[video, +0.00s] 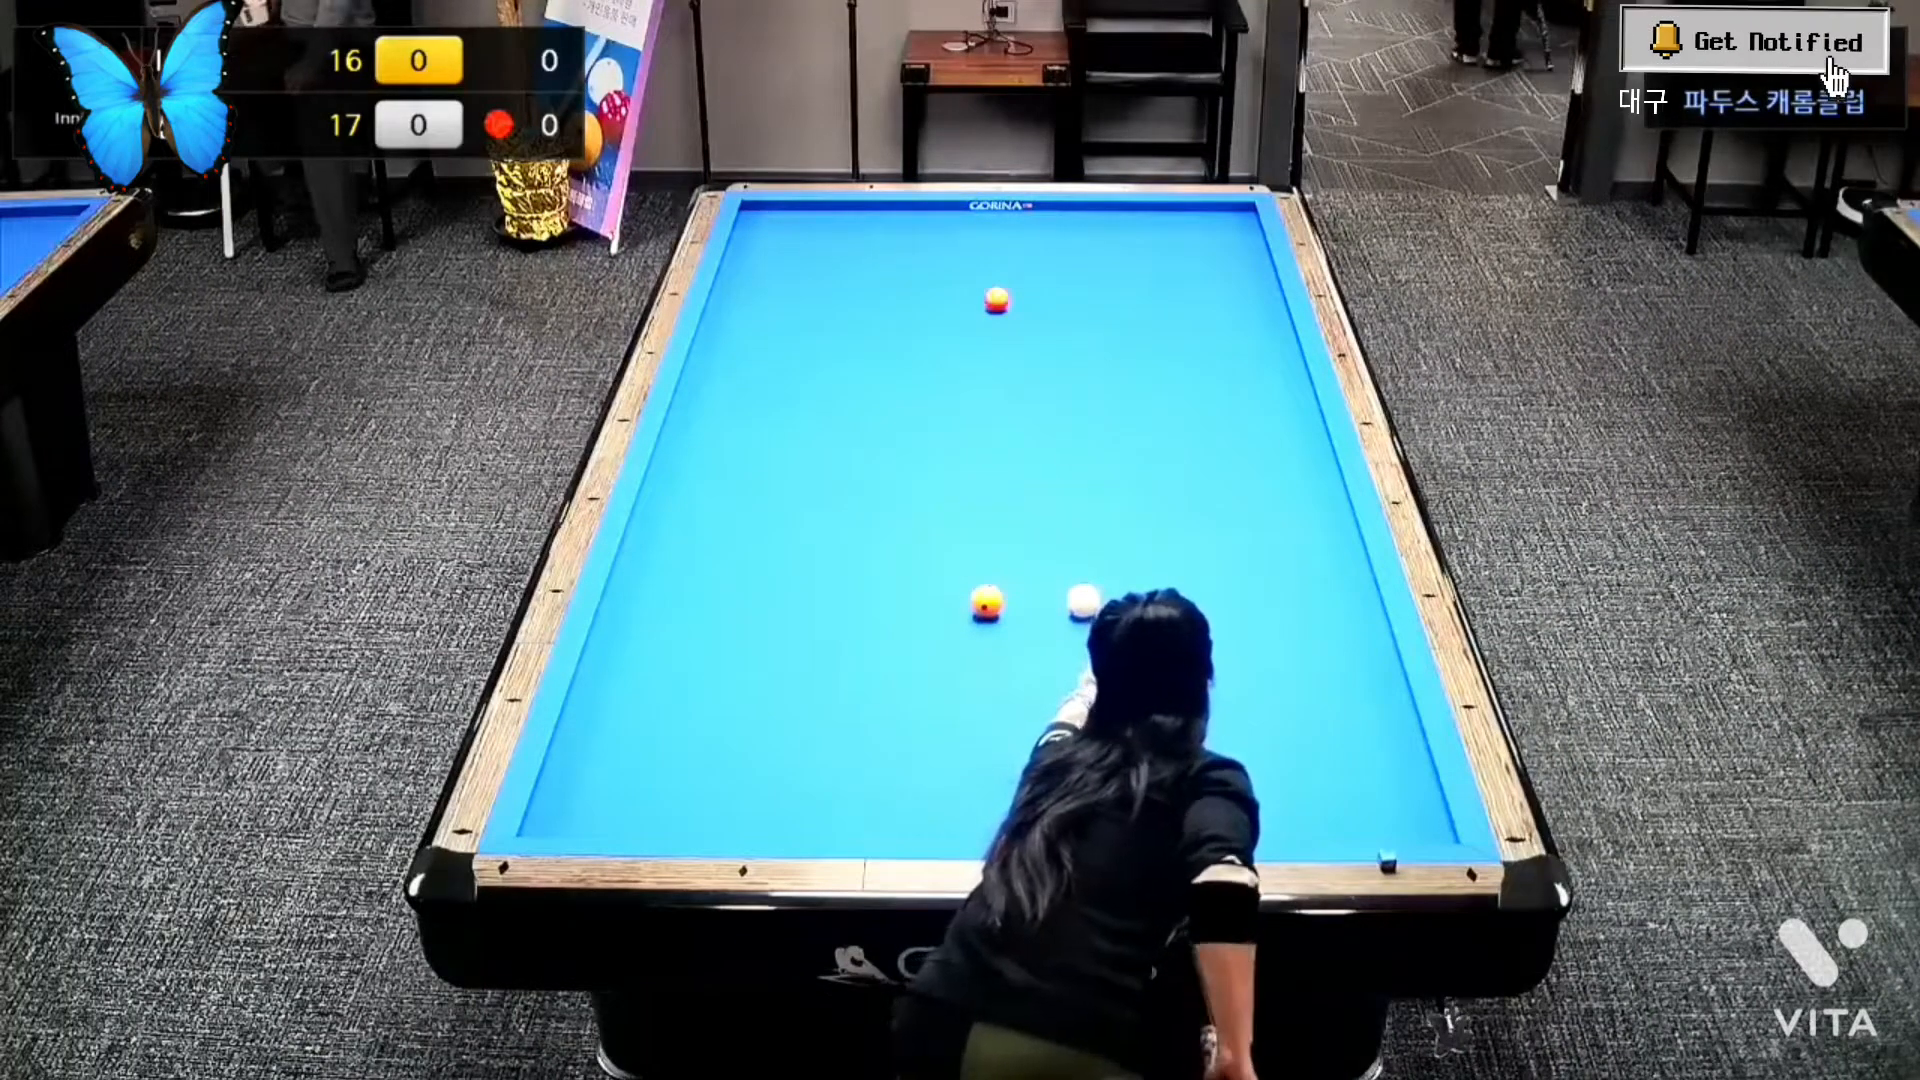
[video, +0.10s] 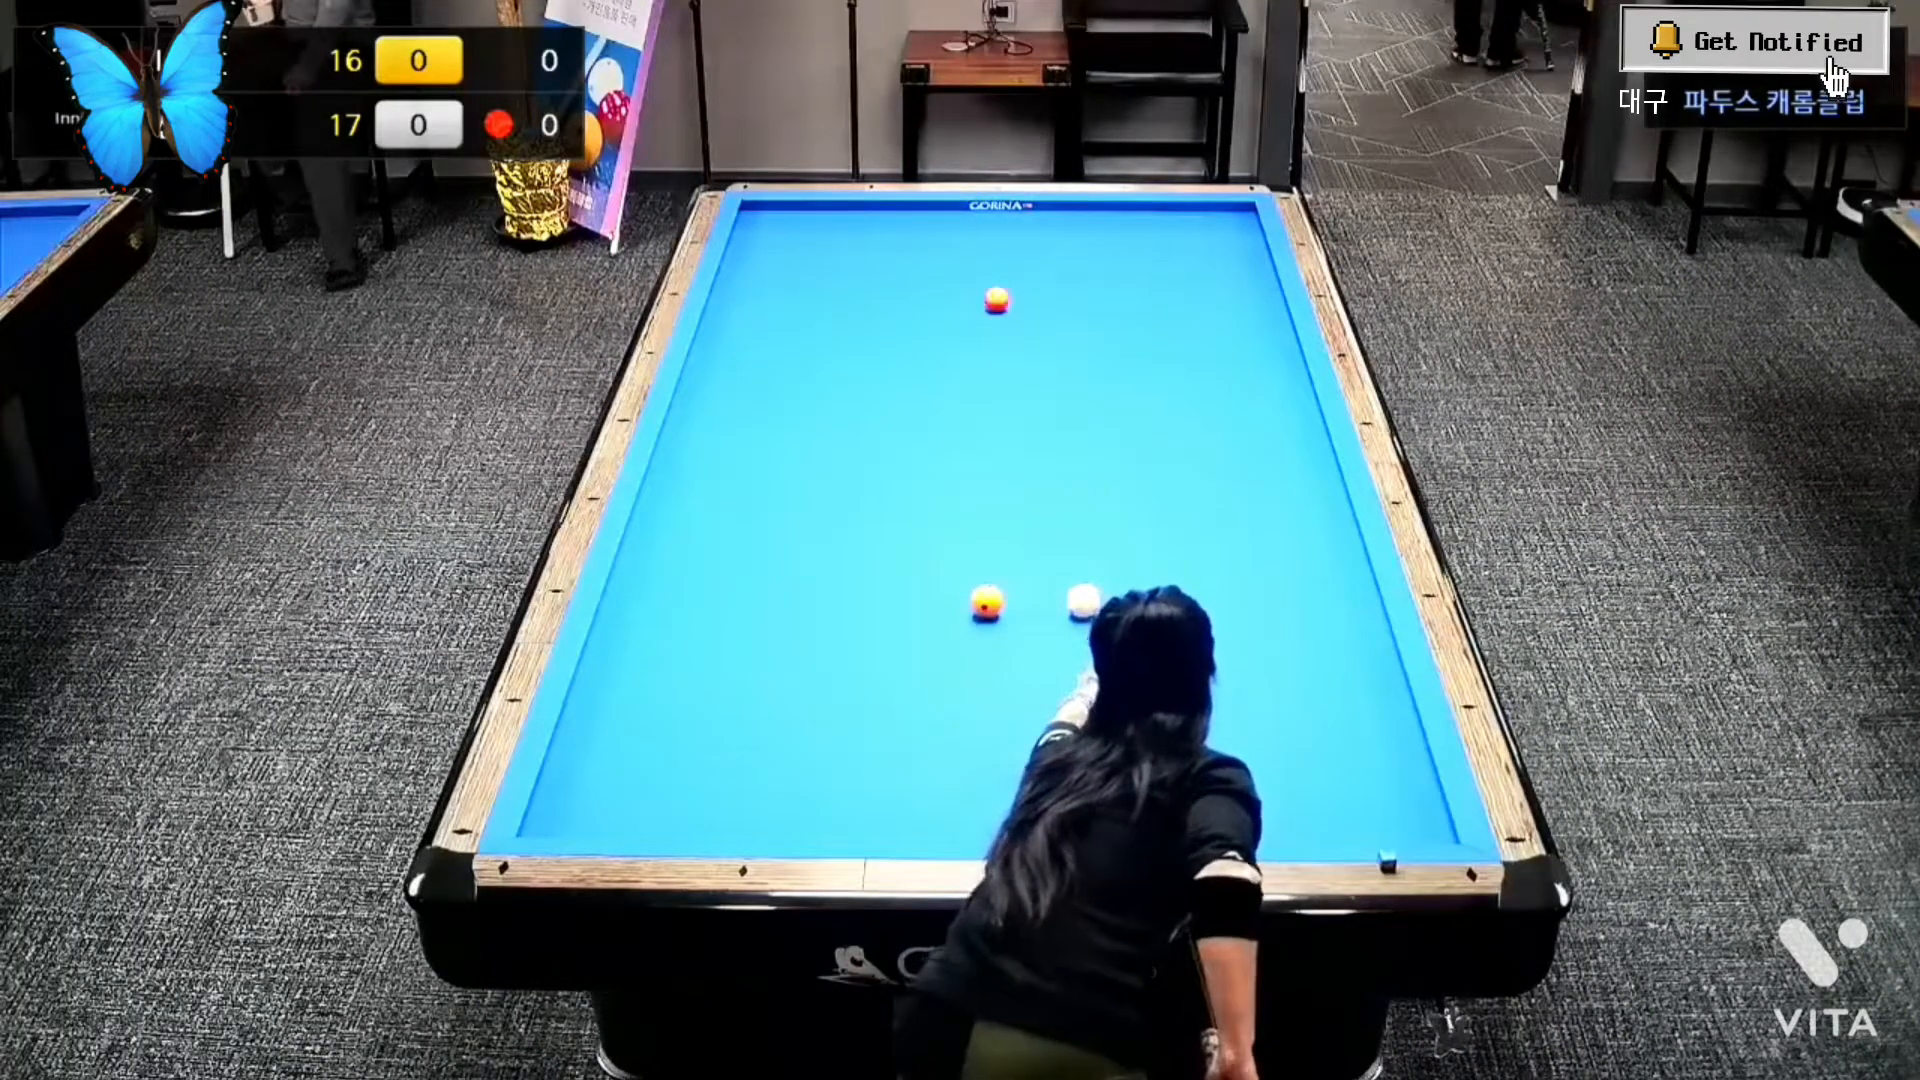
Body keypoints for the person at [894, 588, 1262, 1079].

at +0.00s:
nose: (1214, 677)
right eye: (1209, 667)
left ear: (1102, 682)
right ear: (1200, 679)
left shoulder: (1055, 755)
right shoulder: (1212, 776)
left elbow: (1079, 705)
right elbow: (1221, 894)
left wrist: (1097, 673)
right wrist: (1234, 1052)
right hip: (1091, 1038)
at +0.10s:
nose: (1216, 672)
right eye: (1210, 662)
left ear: (1105, 679)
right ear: (1201, 676)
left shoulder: (1056, 755)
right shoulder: (1214, 775)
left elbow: (1078, 707)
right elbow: (1224, 896)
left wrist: (1101, 671)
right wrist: (1236, 1050)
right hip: (1101, 1040)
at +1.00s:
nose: (1208, 660)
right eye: (1203, 648)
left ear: (1103, 656)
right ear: (1196, 658)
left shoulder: (1049, 740)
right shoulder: (1217, 764)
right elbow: (1232, 874)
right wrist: (1223, 943)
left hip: (988, 1012)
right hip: (1112, 1029)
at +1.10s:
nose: (1205, 654)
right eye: (1200, 643)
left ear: (1101, 653)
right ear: (1194, 654)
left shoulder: (1047, 739)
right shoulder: (1214, 761)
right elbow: (1229, 872)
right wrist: (1222, 941)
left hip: (989, 1012)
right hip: (1114, 1027)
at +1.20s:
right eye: (1195, 637)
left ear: (1096, 645)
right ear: (1189, 649)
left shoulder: (1043, 732)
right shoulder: (1209, 755)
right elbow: (1223, 873)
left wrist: (1077, 704)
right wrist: (1220, 937)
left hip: (981, 1008)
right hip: (1109, 1023)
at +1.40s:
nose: (1185, 621)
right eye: (1181, 610)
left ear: (1080, 616)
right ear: (1173, 619)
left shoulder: (1026, 711)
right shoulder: (1192, 736)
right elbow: (1201, 880)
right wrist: (1201, 931)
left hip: (962, 1001)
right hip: (1086, 1015)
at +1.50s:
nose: (1181, 607)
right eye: (1177, 595)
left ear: (1075, 601)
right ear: (1167, 606)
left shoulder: (1020, 696)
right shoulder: (1186, 726)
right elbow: (1192, 873)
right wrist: (1199, 923)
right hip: (1069, 1016)